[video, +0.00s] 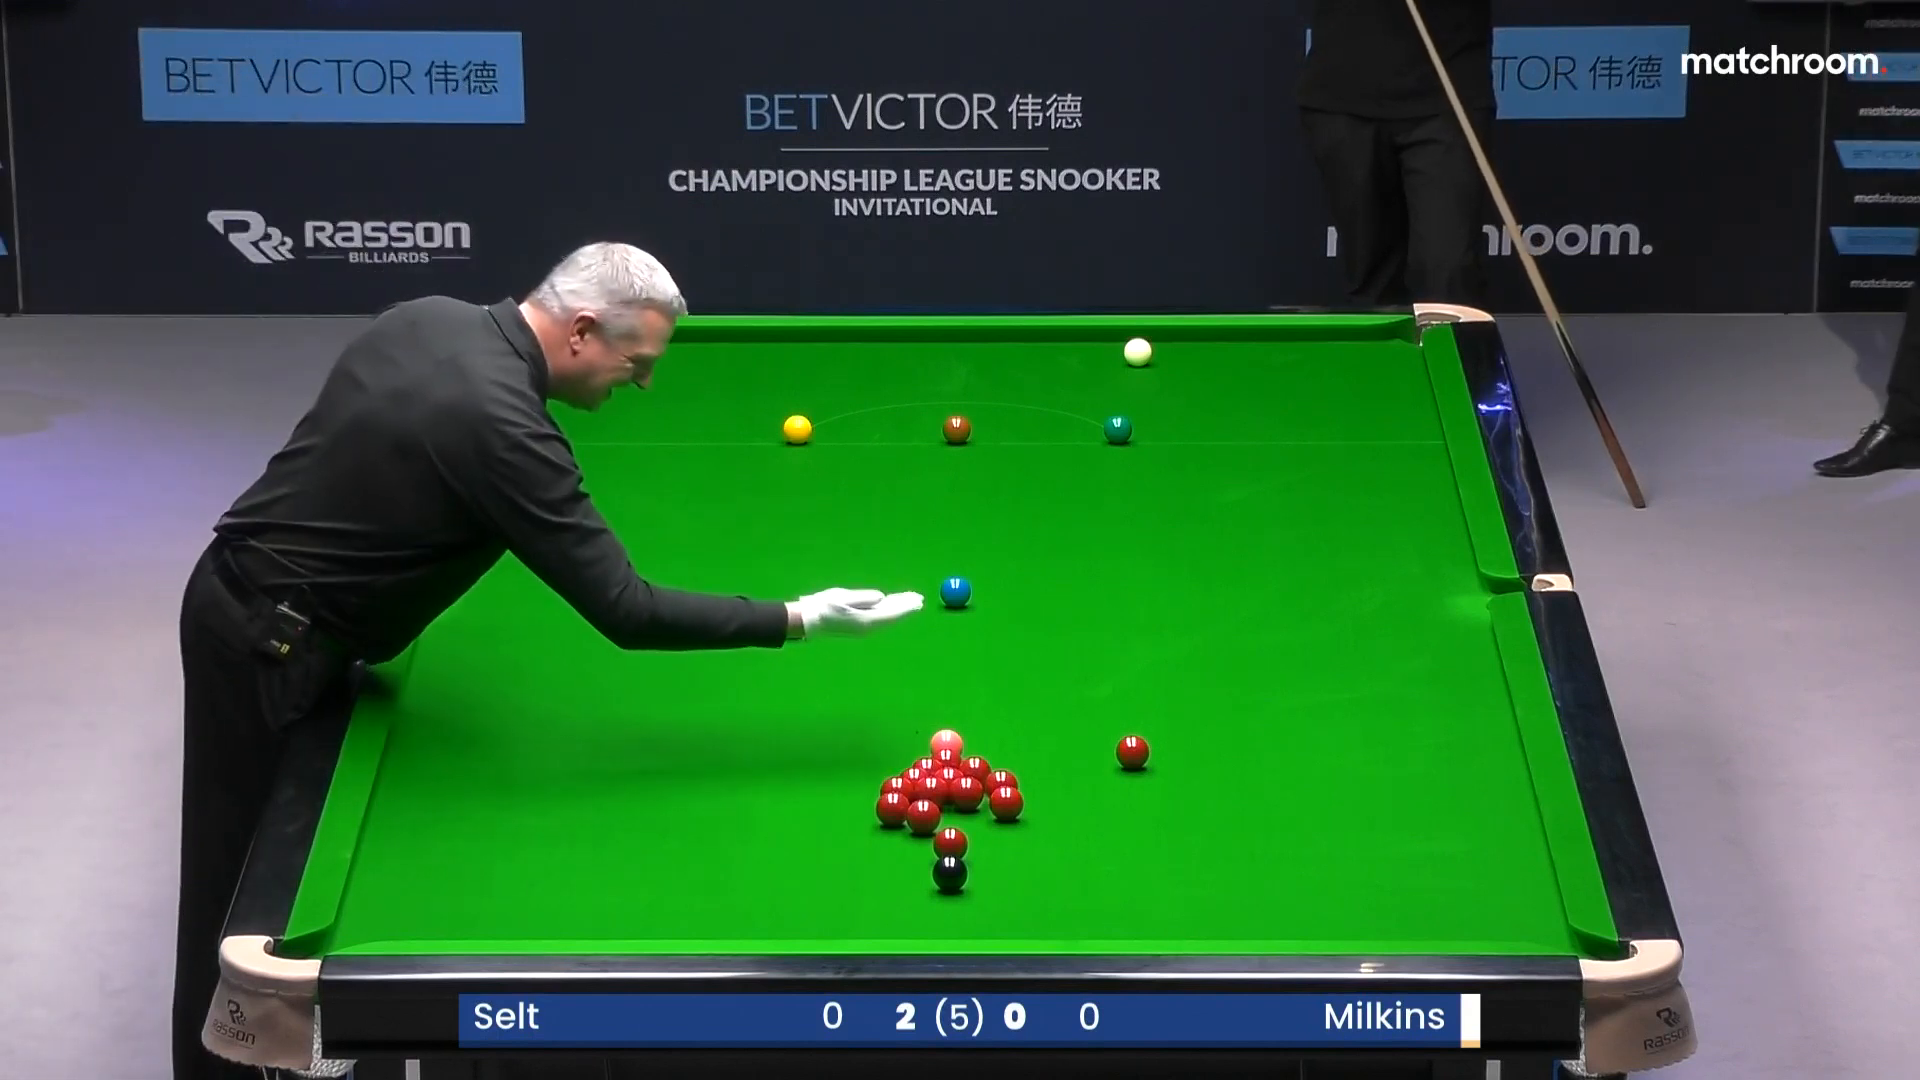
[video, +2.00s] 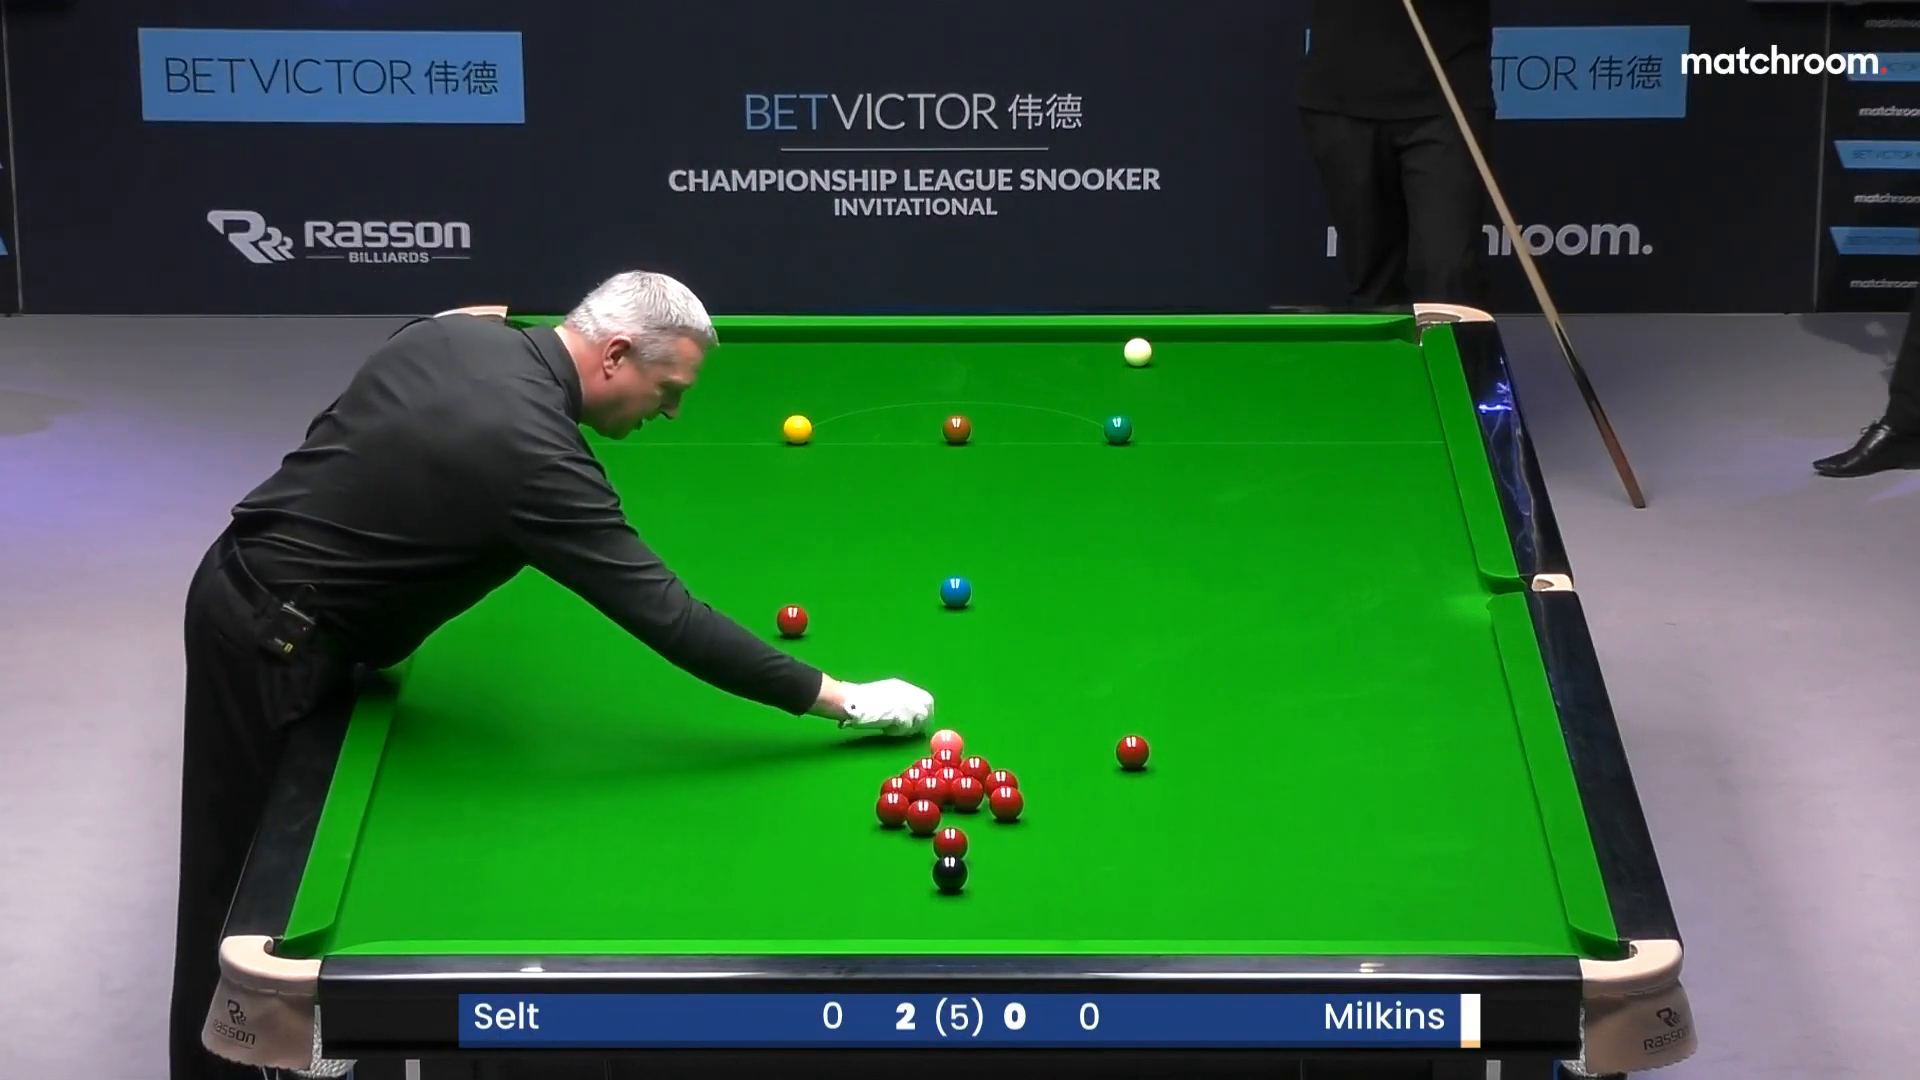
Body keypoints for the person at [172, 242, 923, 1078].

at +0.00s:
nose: (637, 383)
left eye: (646, 367)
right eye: (636, 363)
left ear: (565, 316)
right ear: (577, 328)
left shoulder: (427, 319)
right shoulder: (506, 428)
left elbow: (333, 451)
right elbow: (626, 607)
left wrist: (350, 607)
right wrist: (794, 616)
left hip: (236, 591)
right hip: (275, 635)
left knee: (244, 865)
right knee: (242, 881)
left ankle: (232, 1050)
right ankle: (215, 1059)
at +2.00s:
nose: (665, 411)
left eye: (675, 397)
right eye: (666, 391)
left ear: (595, 339)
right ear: (612, 355)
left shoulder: (454, 331)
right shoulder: (542, 454)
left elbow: (336, 438)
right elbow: (670, 616)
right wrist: (838, 693)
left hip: (243, 585)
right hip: (282, 636)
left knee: (241, 868)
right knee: (252, 883)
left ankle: (227, 1046)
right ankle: (218, 1054)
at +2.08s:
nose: (666, 409)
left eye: (676, 395)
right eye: (667, 390)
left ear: (598, 338)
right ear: (615, 354)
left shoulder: (453, 332)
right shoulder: (538, 451)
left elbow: (337, 439)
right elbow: (658, 625)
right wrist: (829, 684)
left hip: (243, 585)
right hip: (282, 636)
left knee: (242, 867)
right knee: (252, 883)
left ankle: (226, 1044)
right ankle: (217, 1052)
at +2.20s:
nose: (662, 412)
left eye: (674, 395)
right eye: (665, 390)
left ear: (595, 332)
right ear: (612, 349)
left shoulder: (457, 332)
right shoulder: (534, 446)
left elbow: (335, 440)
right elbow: (642, 644)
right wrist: (818, 675)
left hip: (243, 586)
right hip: (280, 636)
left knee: (245, 872)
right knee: (248, 890)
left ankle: (233, 1045)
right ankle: (217, 1054)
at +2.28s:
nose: (658, 407)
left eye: (670, 391)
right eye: (663, 385)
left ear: (589, 323)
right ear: (611, 344)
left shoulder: (455, 331)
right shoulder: (529, 437)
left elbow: (332, 439)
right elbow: (632, 647)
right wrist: (806, 675)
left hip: (240, 588)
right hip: (281, 637)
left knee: (237, 879)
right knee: (252, 893)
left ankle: (220, 1052)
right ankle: (219, 1059)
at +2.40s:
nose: (659, 398)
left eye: (670, 382)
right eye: (660, 376)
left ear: (587, 323)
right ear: (600, 338)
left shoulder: (449, 329)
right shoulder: (522, 433)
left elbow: (326, 444)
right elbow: (606, 652)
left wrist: (365, 619)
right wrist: (771, 668)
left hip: (246, 589)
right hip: (277, 634)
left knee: (244, 873)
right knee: (246, 884)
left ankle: (224, 1055)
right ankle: (218, 1063)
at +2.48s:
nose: (652, 389)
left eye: (660, 373)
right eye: (650, 368)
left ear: (579, 318)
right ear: (592, 331)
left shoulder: (438, 323)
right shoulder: (516, 430)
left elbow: (324, 448)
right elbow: (573, 651)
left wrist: (365, 610)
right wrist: (734, 660)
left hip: (241, 590)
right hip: (279, 636)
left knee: (236, 880)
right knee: (250, 894)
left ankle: (215, 1054)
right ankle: (215, 1060)